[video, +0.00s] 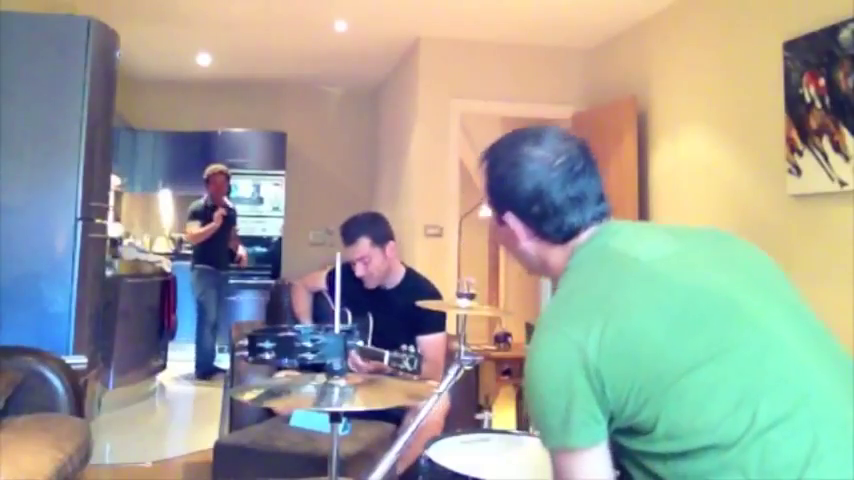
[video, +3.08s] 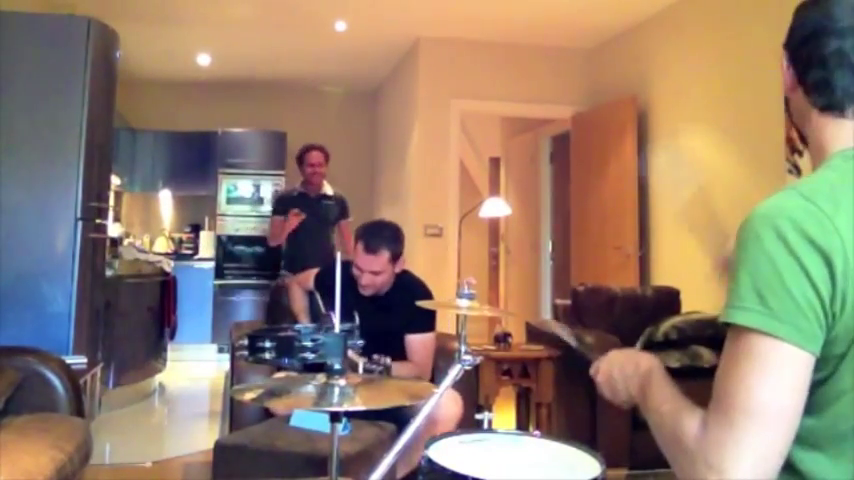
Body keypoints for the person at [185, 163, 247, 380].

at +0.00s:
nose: (220, 187)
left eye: (223, 182)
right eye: (215, 182)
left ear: (227, 184)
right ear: (207, 184)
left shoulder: (230, 211)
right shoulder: (198, 209)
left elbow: (232, 237)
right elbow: (192, 236)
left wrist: (240, 250)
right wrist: (215, 224)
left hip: (222, 267)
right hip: (203, 266)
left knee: (217, 317)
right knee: (208, 315)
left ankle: (209, 361)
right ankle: (203, 365)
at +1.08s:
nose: (229, 182)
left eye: (232, 178)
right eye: (224, 178)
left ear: (237, 180)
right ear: (216, 182)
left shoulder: (245, 207)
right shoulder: (206, 208)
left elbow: (251, 234)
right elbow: (196, 240)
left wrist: (256, 249)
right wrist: (208, 234)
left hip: (239, 275)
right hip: (212, 275)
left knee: (243, 322)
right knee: (209, 322)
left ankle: (243, 367)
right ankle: (206, 367)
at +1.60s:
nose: (255, 178)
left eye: (259, 174)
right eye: (251, 174)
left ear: (265, 176)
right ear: (242, 177)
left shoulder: (274, 204)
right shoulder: (231, 204)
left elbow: (283, 231)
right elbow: (219, 239)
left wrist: (281, 246)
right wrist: (234, 230)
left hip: (268, 272)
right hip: (240, 271)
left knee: (264, 322)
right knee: (241, 321)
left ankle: (261, 366)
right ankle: (227, 364)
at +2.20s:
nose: (272, 175)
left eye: (275, 170)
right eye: (267, 171)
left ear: (282, 172)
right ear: (258, 175)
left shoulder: (291, 204)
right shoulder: (248, 204)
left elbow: (300, 238)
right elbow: (234, 242)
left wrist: (305, 270)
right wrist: (260, 237)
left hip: (284, 275)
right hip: (256, 273)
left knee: (284, 326)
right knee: (260, 325)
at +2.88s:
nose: (304, 173)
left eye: (308, 168)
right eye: (299, 168)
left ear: (314, 171)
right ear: (288, 171)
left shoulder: (322, 203)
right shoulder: (273, 201)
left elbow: (328, 240)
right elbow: (259, 241)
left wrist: (332, 270)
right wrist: (284, 238)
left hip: (312, 279)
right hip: (277, 278)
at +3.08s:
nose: (316, 170)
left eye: (320, 165)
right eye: (310, 165)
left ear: (326, 168)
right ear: (301, 168)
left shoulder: (337, 201)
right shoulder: (286, 200)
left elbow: (346, 240)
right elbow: (273, 240)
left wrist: (350, 267)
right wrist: (288, 226)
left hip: (325, 276)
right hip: (293, 277)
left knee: (328, 327)